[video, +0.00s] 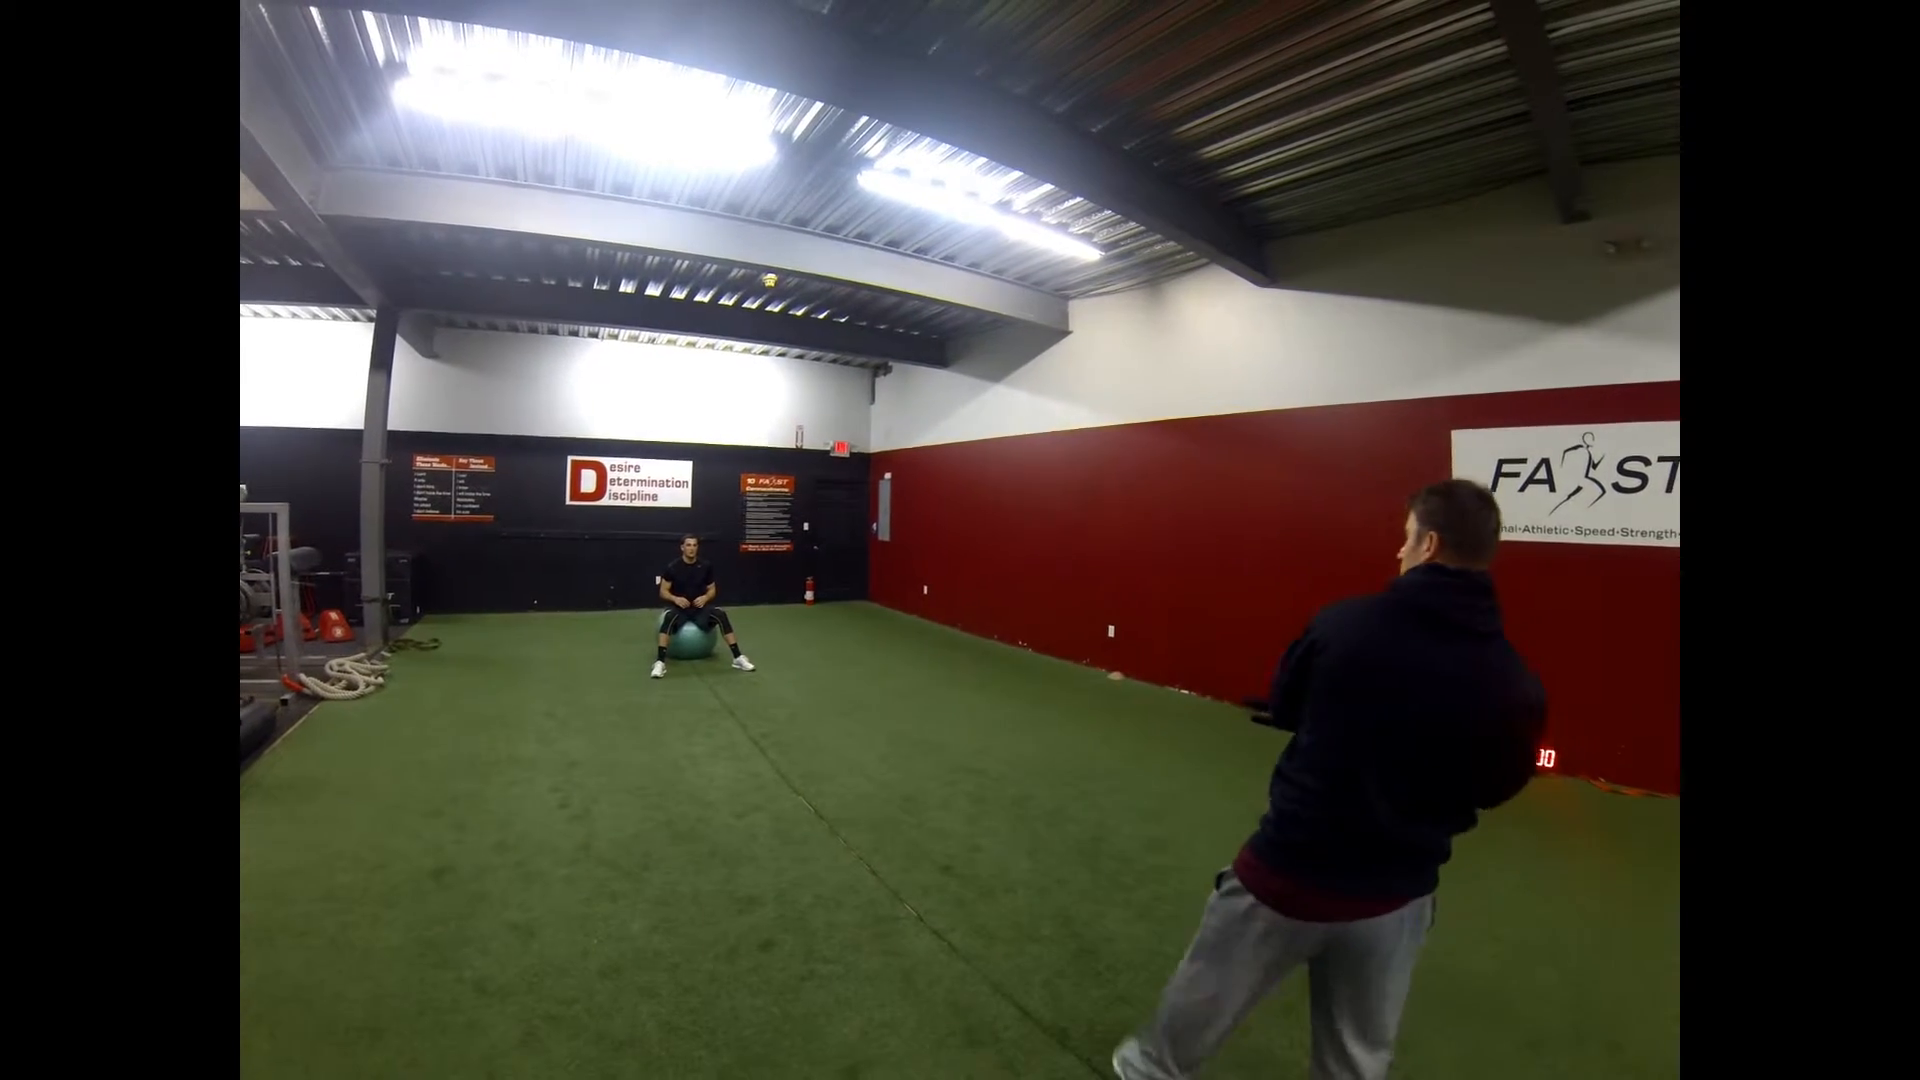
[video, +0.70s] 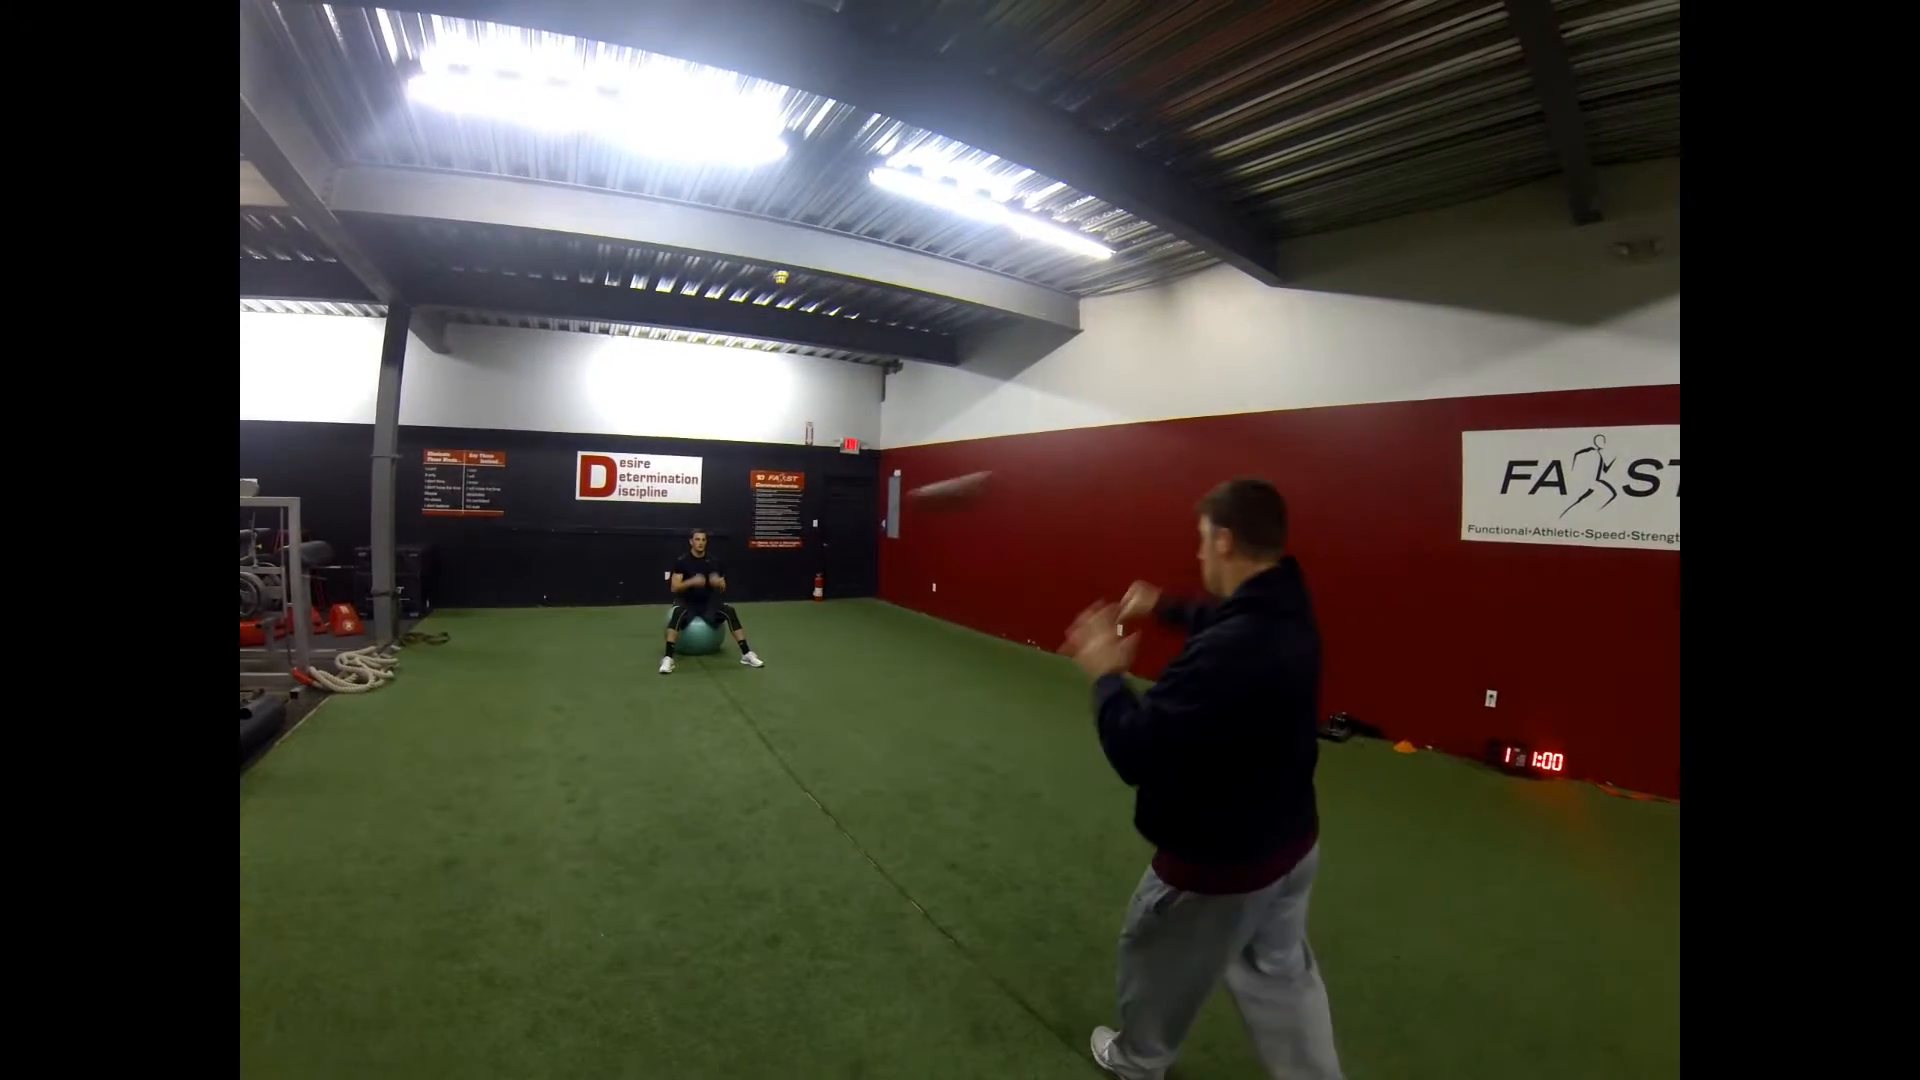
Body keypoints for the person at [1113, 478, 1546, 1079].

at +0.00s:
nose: (1399, 553)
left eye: (1406, 538)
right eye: (1404, 537)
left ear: (1430, 544)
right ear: (1489, 555)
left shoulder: (1346, 626)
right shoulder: (1512, 684)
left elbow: (1286, 705)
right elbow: (1493, 788)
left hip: (1283, 882)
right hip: (1393, 902)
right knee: (1357, 1064)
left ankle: (1154, 1067)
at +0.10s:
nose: (1392, 553)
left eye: (1398, 539)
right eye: (1396, 539)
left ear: (1419, 544)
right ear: (1479, 555)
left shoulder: (1334, 627)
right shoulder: (1497, 680)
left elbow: (1286, 709)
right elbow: (1494, 789)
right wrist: (1428, 727)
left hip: (1274, 876)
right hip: (1383, 900)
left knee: (1199, 988)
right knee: (1355, 1060)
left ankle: (1141, 1060)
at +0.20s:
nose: (1359, 557)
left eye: (1365, 542)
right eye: (1363, 542)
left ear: (1389, 545)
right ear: (1446, 558)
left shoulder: (1310, 629)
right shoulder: (1459, 666)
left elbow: (1284, 691)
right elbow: (1522, 753)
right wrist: (1481, 663)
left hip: (1256, 872)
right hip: (1361, 895)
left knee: (1187, 973)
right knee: (1347, 1053)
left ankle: (1131, 1054)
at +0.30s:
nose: (1331, 550)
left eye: (1340, 538)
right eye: (1334, 537)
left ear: (1362, 545)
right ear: (1427, 561)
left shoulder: (1299, 625)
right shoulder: (1448, 658)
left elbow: (1236, 648)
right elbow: (1540, 697)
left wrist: (1300, 595)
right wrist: (1492, 622)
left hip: (1245, 868)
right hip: (1349, 882)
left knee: (1180, 959)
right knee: (1337, 1044)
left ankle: (1138, 1053)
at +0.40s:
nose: (1281, 552)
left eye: (1287, 541)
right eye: (1283, 541)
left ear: (1310, 546)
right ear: (1365, 553)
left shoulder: (1249, 636)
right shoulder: (1389, 644)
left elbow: (1167, 675)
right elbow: (1470, 638)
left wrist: (1209, 606)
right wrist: (1462, 557)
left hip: (1227, 871)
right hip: (1322, 870)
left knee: (1165, 963)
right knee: (1313, 1025)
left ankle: (1136, 1056)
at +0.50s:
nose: (1248, 556)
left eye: (1253, 543)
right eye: (1250, 543)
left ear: (1276, 546)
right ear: (1328, 549)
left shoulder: (1238, 645)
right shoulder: (1344, 623)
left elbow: (1141, 704)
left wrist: (1174, 628)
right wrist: (1402, 550)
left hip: (1221, 871)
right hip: (1307, 859)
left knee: (1155, 957)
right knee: (1299, 1006)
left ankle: (1136, 1056)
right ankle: (1314, 1073)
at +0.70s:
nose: (1200, 552)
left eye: (1202, 538)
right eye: (1200, 539)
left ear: (1223, 542)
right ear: (1276, 539)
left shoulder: (1226, 644)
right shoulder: (1291, 608)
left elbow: (1137, 754)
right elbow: (1227, 618)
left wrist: (1107, 673)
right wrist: (1160, 607)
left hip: (1211, 864)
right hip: (1287, 841)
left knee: (1156, 958)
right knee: (1282, 978)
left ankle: (1139, 1055)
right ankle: (1316, 1071)